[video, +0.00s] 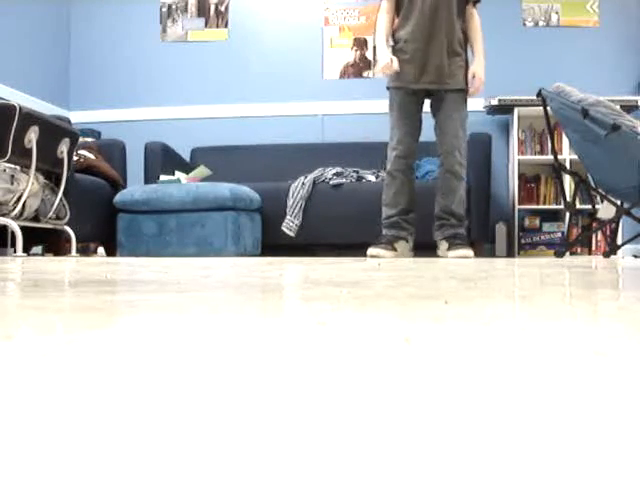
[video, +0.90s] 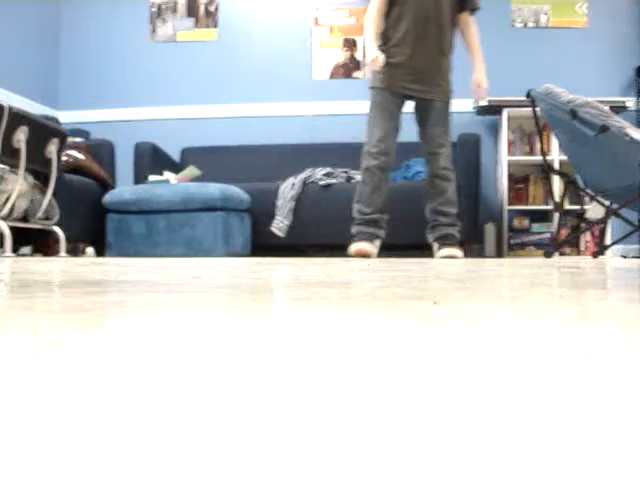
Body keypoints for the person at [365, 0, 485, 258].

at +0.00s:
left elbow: (471, 12)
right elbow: (387, 9)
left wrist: (478, 60)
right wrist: (383, 51)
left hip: (452, 68)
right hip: (405, 67)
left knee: (454, 157)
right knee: (399, 155)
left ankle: (451, 238)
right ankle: (396, 238)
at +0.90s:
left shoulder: (457, 2)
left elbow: (466, 20)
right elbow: (375, 11)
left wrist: (479, 69)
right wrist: (372, 49)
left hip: (435, 74)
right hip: (390, 70)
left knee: (440, 159)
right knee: (377, 154)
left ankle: (445, 239)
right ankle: (365, 236)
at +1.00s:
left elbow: (437, 15)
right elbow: (349, 12)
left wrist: (451, 62)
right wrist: (348, 51)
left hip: (410, 72)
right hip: (365, 69)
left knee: (419, 157)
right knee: (355, 154)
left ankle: (431, 238)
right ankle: (348, 238)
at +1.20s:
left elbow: (409, 7)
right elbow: (324, 16)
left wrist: (422, 46)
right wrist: (319, 60)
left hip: (389, 67)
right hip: (344, 68)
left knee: (401, 151)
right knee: (342, 156)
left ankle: (412, 234)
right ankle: (344, 237)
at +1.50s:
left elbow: (399, 4)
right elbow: (305, 24)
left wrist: (415, 35)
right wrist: (282, 64)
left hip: (373, 60)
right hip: (328, 64)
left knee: (372, 143)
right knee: (331, 154)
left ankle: (385, 235)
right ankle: (337, 236)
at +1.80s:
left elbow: (400, 3)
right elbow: (310, 8)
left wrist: (382, 25)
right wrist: (297, 39)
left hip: (380, 56)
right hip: (332, 59)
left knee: (401, 146)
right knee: (334, 155)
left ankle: (414, 233)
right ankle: (337, 237)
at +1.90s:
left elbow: (411, 1)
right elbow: (307, 8)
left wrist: (376, 27)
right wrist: (326, 30)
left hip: (386, 58)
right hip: (337, 60)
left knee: (400, 150)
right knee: (337, 154)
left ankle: (412, 235)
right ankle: (338, 237)